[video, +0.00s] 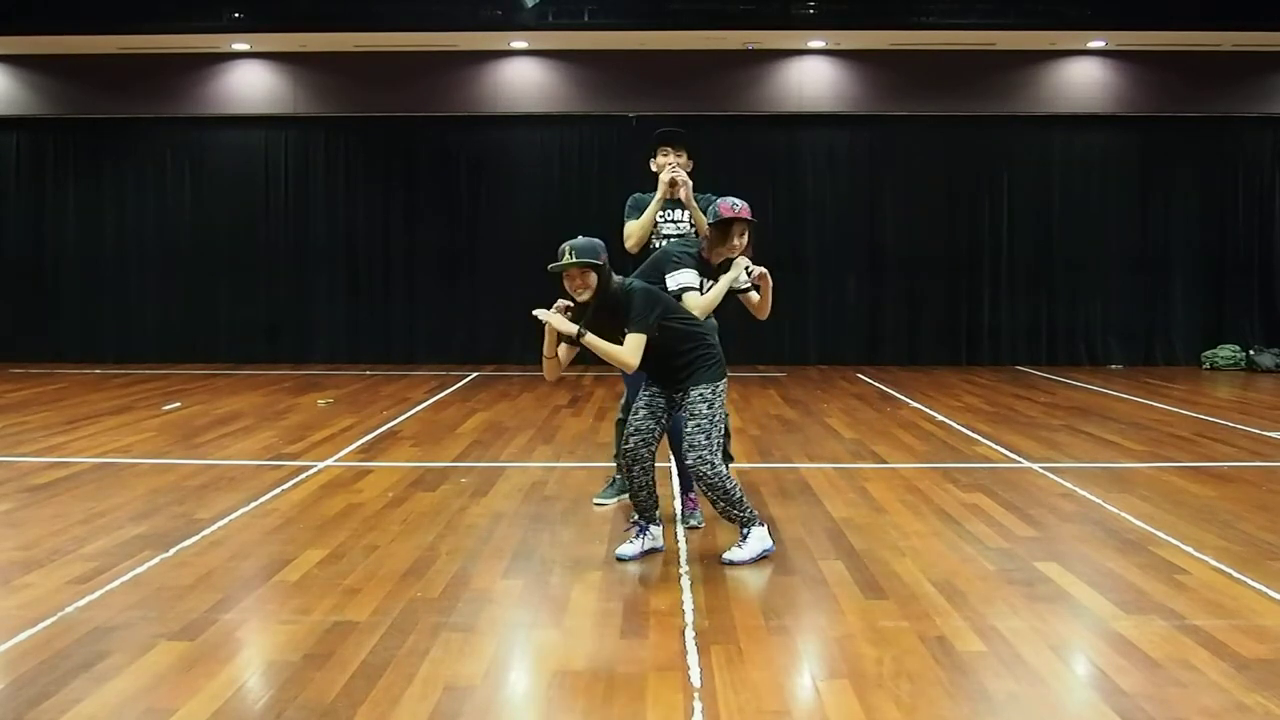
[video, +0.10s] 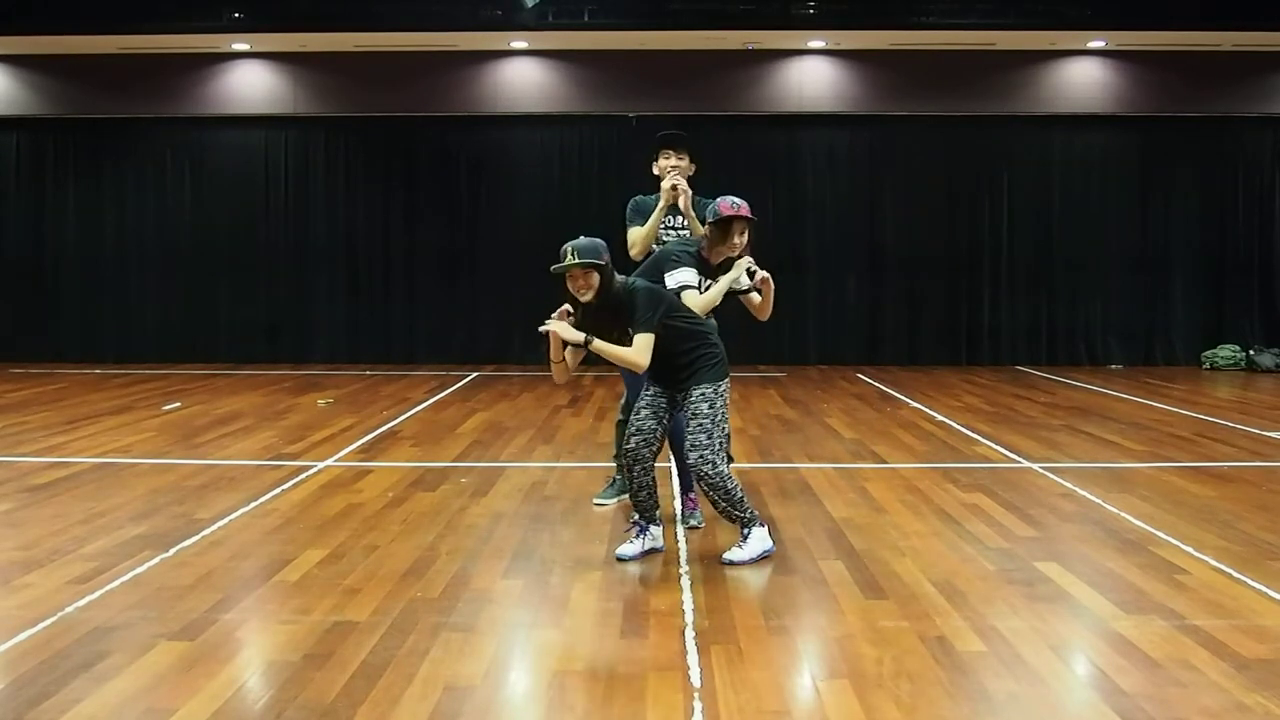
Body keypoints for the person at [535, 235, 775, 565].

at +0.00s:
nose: (577, 283)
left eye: (584, 274)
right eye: (568, 277)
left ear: (601, 270)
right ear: (562, 279)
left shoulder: (638, 295)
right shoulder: (585, 311)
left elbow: (629, 360)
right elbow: (552, 373)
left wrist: (577, 332)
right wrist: (551, 330)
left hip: (701, 368)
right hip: (659, 377)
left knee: (700, 461)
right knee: (634, 449)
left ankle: (755, 530)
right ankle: (649, 528)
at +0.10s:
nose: (579, 283)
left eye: (586, 274)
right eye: (571, 278)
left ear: (604, 270)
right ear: (565, 280)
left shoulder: (643, 294)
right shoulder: (588, 312)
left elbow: (640, 360)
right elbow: (561, 376)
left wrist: (581, 338)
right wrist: (556, 336)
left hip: (703, 367)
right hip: (660, 375)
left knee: (704, 463)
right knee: (635, 452)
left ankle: (756, 531)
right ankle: (649, 529)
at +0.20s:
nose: (582, 275)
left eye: (590, 266)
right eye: (574, 269)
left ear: (607, 264)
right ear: (568, 272)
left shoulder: (643, 287)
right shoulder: (591, 306)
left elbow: (643, 350)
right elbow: (559, 368)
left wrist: (584, 329)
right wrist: (556, 331)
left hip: (705, 366)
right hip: (664, 373)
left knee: (707, 461)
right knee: (637, 449)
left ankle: (755, 531)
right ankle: (649, 528)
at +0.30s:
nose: (584, 271)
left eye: (592, 262)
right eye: (577, 265)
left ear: (610, 260)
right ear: (572, 269)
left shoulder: (644, 284)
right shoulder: (594, 303)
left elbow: (640, 344)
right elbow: (557, 363)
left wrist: (585, 322)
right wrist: (558, 320)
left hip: (708, 364)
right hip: (667, 373)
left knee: (708, 459)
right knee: (637, 449)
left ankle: (756, 532)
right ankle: (650, 528)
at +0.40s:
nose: (586, 275)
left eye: (593, 266)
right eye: (578, 269)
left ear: (610, 263)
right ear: (572, 273)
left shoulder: (645, 285)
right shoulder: (596, 305)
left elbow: (644, 350)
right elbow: (566, 368)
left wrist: (587, 328)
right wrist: (563, 328)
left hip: (708, 365)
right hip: (667, 373)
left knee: (707, 459)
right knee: (638, 450)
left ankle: (755, 531)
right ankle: (650, 528)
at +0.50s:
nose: (586, 273)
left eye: (593, 264)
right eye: (578, 267)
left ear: (611, 262)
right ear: (573, 272)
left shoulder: (647, 284)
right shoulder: (598, 306)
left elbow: (653, 347)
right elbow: (568, 370)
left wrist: (592, 331)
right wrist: (566, 329)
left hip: (708, 366)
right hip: (666, 374)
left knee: (708, 459)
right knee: (635, 450)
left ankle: (755, 532)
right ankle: (649, 529)